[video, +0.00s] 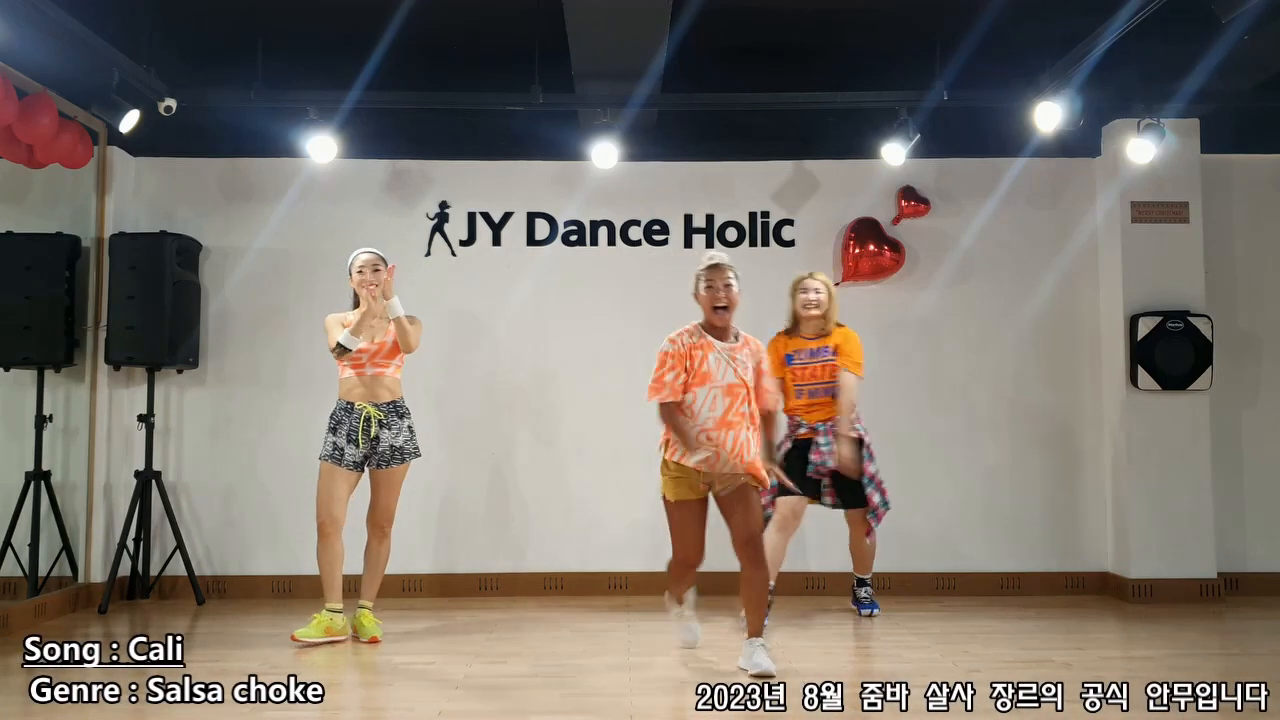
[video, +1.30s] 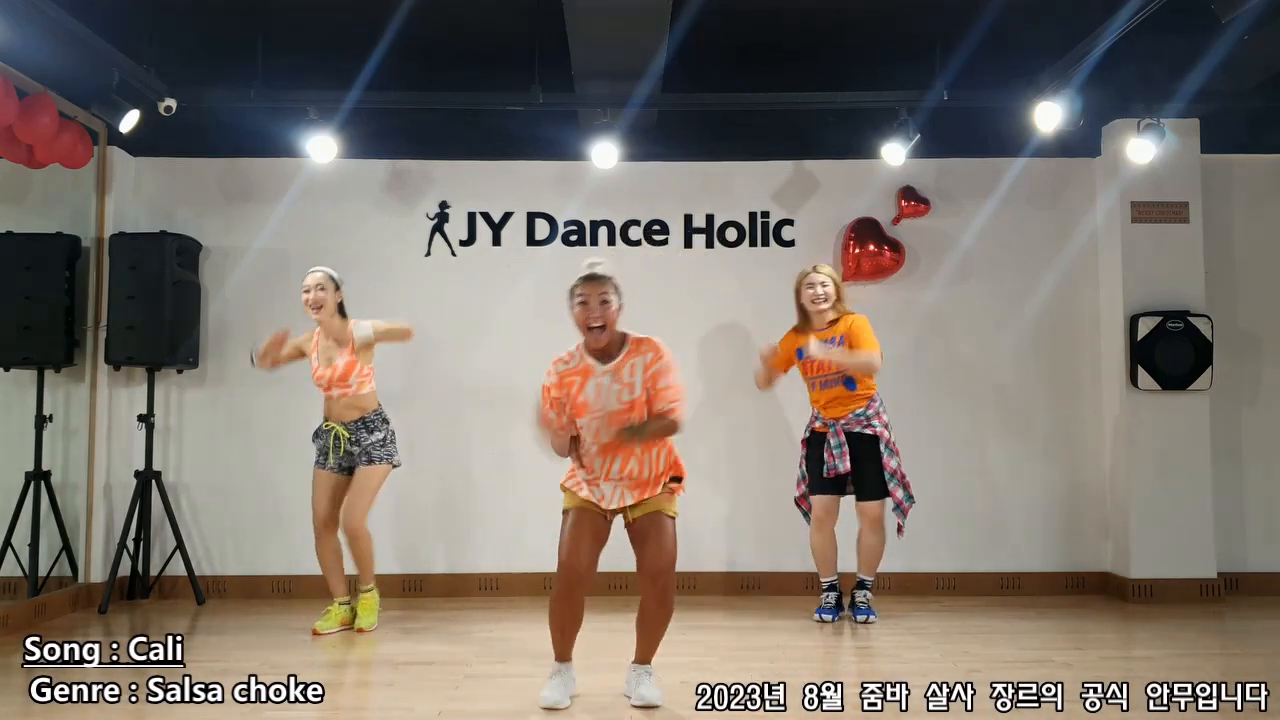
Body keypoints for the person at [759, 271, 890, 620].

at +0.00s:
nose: (811, 297)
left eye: (818, 291)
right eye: (805, 291)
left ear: (830, 300)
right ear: (793, 300)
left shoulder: (845, 339)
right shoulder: (779, 344)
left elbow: (847, 392)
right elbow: (772, 401)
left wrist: (845, 438)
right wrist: (767, 452)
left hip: (841, 434)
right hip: (800, 438)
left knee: (859, 517)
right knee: (785, 515)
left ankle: (863, 587)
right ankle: (762, 593)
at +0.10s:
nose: (822, 294)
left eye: (828, 288)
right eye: (815, 289)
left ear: (839, 298)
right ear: (803, 299)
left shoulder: (856, 339)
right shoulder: (787, 342)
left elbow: (876, 394)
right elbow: (784, 401)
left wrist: (895, 443)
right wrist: (782, 451)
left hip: (850, 435)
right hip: (805, 437)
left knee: (862, 516)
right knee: (798, 506)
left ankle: (863, 589)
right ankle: (786, 592)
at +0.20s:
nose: (827, 290)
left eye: (834, 284)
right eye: (819, 285)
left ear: (844, 295)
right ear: (809, 296)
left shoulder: (863, 335)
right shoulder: (793, 338)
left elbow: (892, 377)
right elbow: (784, 390)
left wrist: (923, 411)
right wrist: (785, 434)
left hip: (852, 430)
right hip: (809, 432)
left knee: (862, 511)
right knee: (811, 505)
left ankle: (863, 588)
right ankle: (815, 588)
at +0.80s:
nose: (840, 289)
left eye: (846, 283)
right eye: (832, 285)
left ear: (856, 291)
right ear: (821, 295)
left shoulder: (874, 331)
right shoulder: (807, 334)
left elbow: (881, 380)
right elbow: (793, 373)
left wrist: (868, 413)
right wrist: (789, 393)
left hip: (863, 431)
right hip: (822, 432)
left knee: (868, 515)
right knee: (826, 516)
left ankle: (861, 592)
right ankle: (827, 590)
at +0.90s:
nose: (843, 287)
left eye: (848, 281)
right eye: (835, 283)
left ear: (859, 289)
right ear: (824, 293)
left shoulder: (877, 329)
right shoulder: (809, 332)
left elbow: (885, 377)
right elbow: (787, 382)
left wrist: (855, 382)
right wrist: (795, 371)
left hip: (865, 429)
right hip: (822, 430)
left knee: (867, 514)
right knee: (823, 512)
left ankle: (861, 592)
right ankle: (828, 584)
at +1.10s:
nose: (839, 286)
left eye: (845, 281)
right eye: (831, 283)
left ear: (857, 288)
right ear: (821, 292)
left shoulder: (873, 323)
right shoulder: (809, 331)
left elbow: (878, 353)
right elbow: (767, 366)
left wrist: (838, 327)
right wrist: (772, 345)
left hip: (865, 428)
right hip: (822, 429)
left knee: (867, 514)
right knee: (819, 510)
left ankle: (861, 592)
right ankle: (829, 590)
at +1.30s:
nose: (819, 290)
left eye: (825, 284)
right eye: (811, 286)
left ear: (836, 291)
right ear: (800, 296)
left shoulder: (854, 324)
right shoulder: (795, 338)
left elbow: (873, 363)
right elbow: (765, 383)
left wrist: (826, 354)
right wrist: (765, 365)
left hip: (865, 428)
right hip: (823, 431)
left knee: (872, 513)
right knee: (822, 514)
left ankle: (863, 593)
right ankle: (830, 593)